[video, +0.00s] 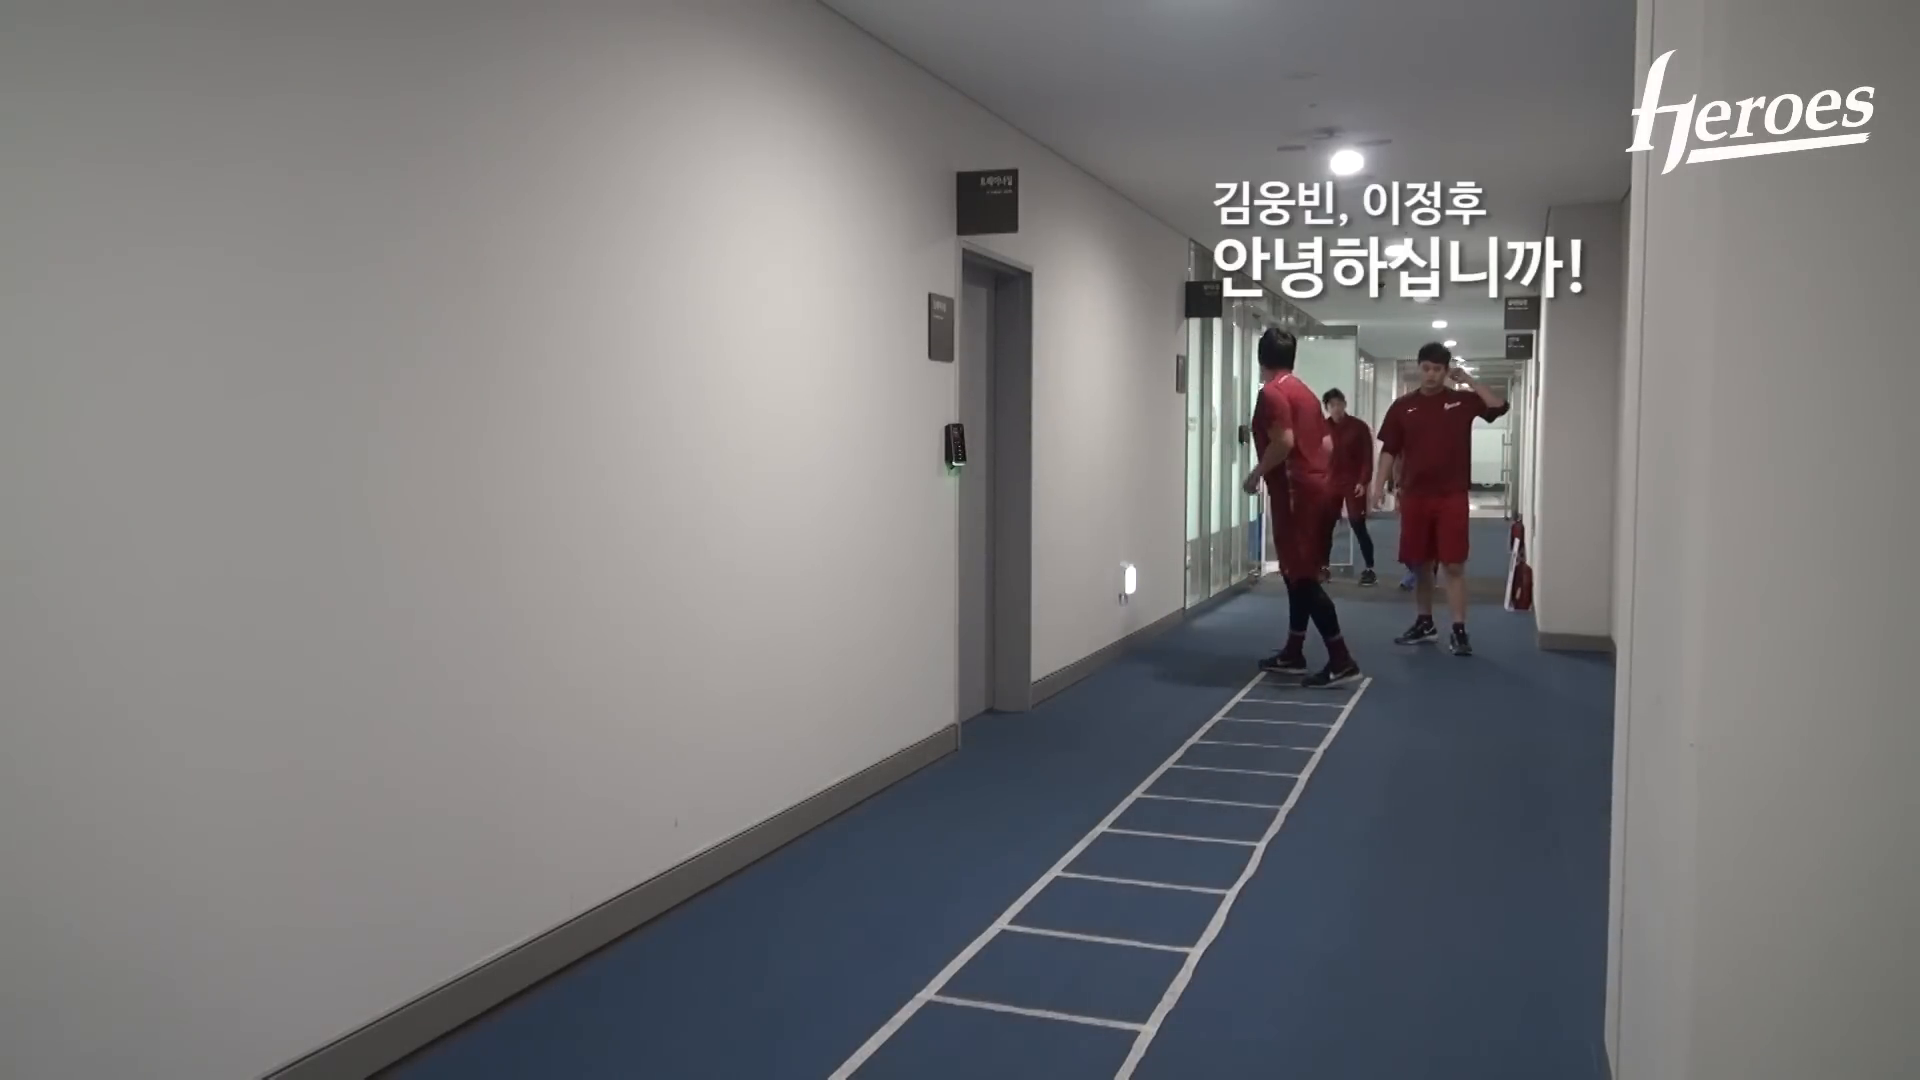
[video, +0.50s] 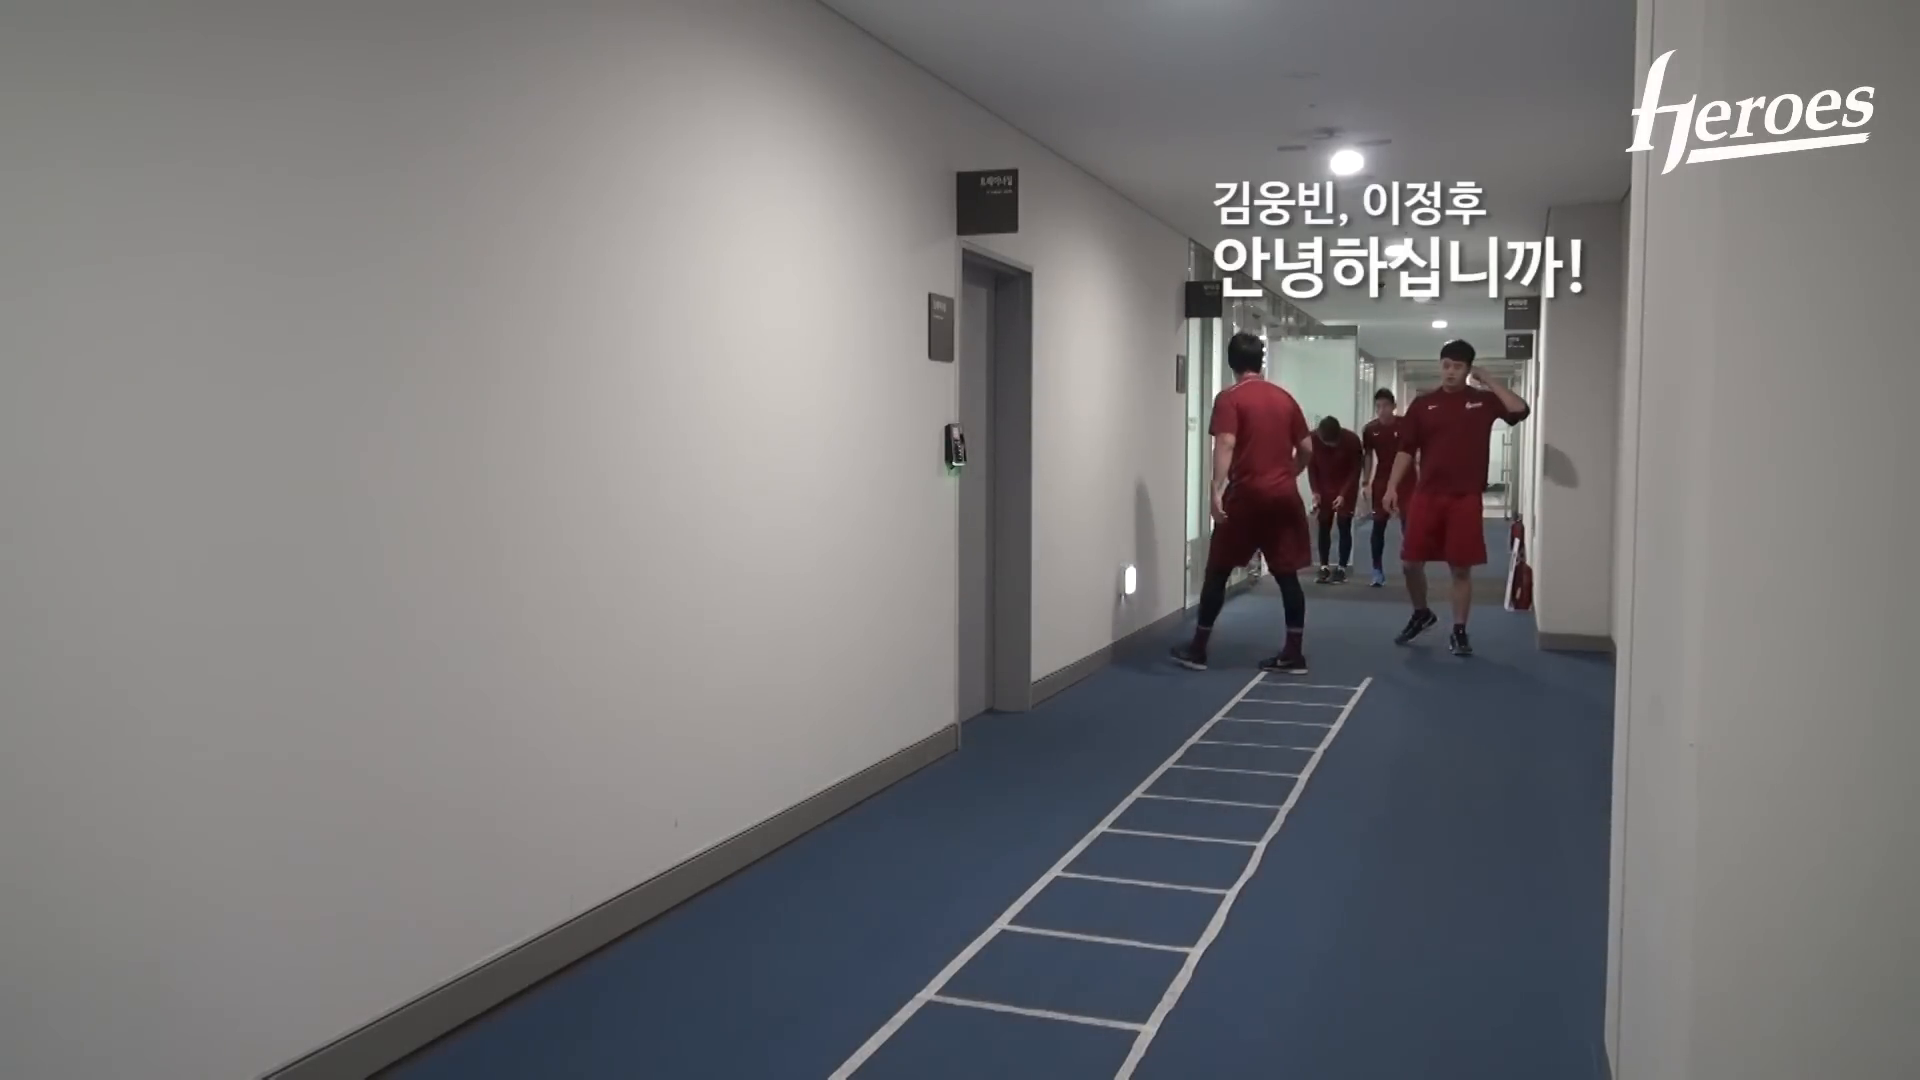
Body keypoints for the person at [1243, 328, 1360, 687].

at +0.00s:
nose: (1258, 362)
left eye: (1258, 356)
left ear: (1261, 358)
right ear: (1291, 358)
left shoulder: (1273, 391)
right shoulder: (1306, 392)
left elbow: (1284, 440)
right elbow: (1325, 443)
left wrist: (1257, 473)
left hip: (1296, 493)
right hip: (1320, 491)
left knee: (1301, 575)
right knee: (1297, 573)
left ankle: (1340, 658)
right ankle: (1293, 652)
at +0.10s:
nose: (1257, 361)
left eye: (1257, 355)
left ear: (1259, 357)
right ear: (1290, 358)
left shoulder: (1263, 393)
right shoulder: (1309, 393)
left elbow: (1266, 443)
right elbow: (1328, 445)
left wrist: (1243, 472)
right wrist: (1319, 481)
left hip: (1288, 491)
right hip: (1317, 488)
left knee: (1289, 575)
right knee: (1299, 574)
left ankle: (1334, 653)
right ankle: (1293, 653)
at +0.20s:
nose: (1255, 362)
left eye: (1255, 357)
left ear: (1257, 358)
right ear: (1287, 359)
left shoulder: (1256, 393)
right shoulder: (1307, 394)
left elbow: (1257, 445)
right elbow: (1325, 447)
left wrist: (1235, 480)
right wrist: (1317, 484)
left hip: (1277, 495)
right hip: (1311, 493)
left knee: (1262, 574)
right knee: (1295, 571)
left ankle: (1315, 637)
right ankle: (1292, 652)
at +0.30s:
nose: (1249, 361)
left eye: (1249, 355)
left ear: (1251, 358)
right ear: (1281, 358)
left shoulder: (1249, 393)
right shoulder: (1302, 394)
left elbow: (1247, 447)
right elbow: (1321, 447)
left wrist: (1228, 490)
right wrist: (1312, 484)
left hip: (1268, 493)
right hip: (1304, 493)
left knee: (1236, 569)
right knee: (1292, 571)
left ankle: (1286, 634)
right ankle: (1295, 654)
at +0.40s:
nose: (1242, 363)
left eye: (1241, 357)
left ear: (1243, 360)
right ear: (1273, 360)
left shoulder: (1240, 396)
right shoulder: (1295, 395)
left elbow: (1238, 443)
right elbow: (1314, 448)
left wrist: (1224, 491)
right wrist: (1306, 483)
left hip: (1257, 497)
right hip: (1295, 497)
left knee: (1221, 565)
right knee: (1291, 571)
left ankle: (1241, 642)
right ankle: (1294, 652)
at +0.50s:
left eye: (1231, 362)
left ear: (1231, 363)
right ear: (1261, 361)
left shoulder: (1229, 398)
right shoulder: (1285, 397)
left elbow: (1226, 442)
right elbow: (1306, 450)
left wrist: (1216, 489)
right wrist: (1286, 475)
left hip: (1245, 498)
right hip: (1284, 498)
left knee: (1217, 571)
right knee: (1287, 573)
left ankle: (1198, 648)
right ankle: (1293, 653)